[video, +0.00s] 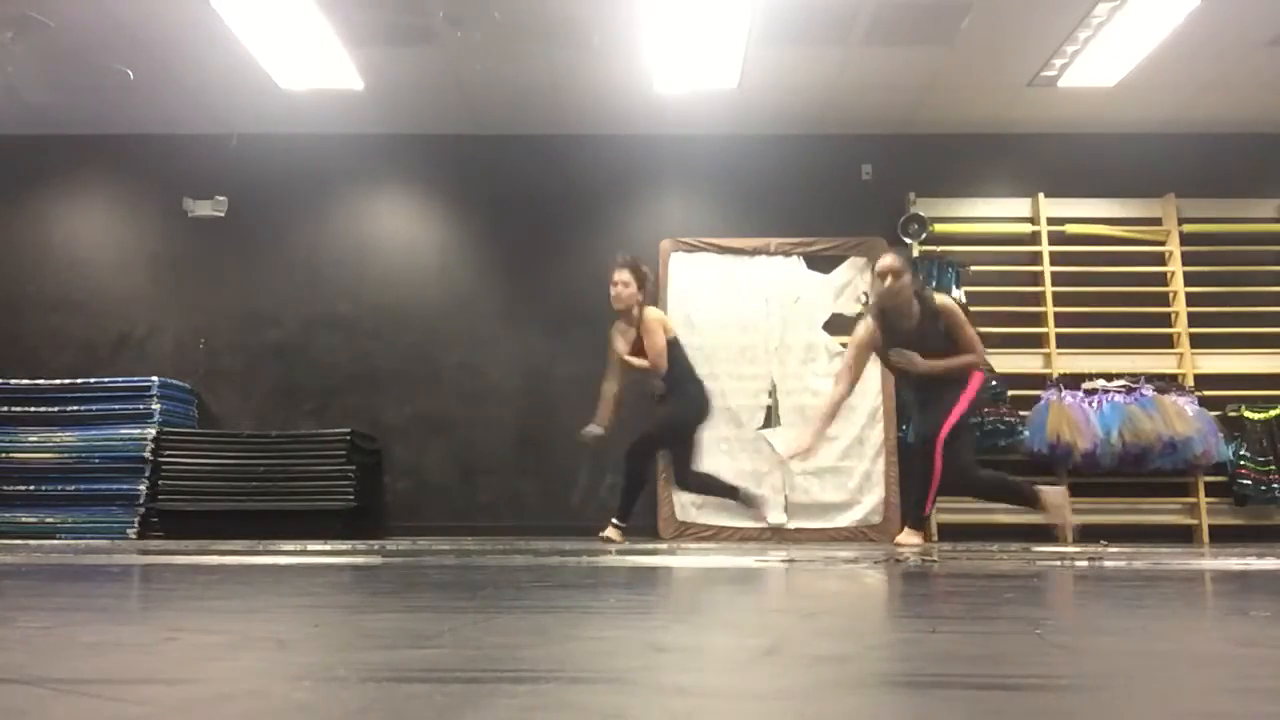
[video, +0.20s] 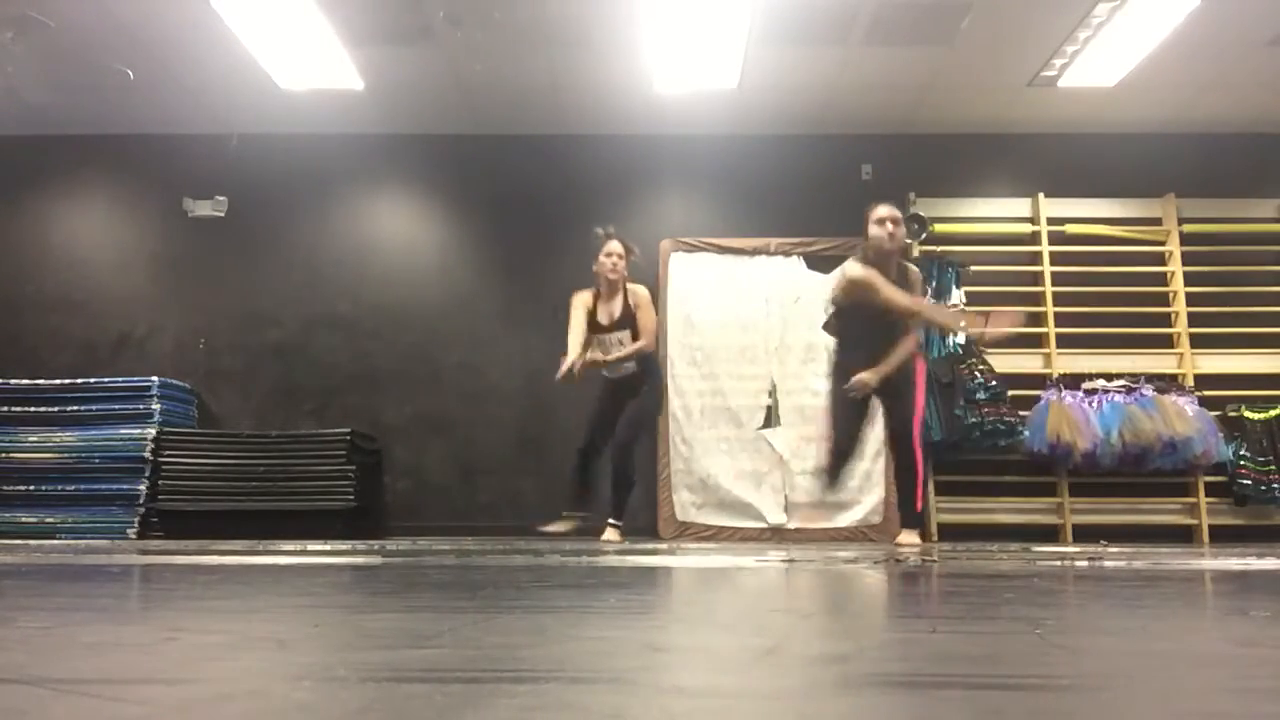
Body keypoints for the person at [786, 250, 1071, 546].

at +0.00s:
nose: (886, 283)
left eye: (894, 275)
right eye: (880, 277)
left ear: (912, 279)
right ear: (872, 284)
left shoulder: (943, 308)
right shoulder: (870, 329)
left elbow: (978, 358)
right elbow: (842, 384)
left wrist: (925, 365)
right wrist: (813, 437)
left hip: (966, 378)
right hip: (926, 388)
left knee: (932, 437)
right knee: (961, 475)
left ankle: (914, 529)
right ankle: (1044, 498)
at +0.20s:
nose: (890, 229)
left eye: (896, 223)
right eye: (881, 223)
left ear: (905, 233)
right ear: (866, 233)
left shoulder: (911, 276)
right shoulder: (855, 274)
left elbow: (914, 336)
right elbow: (909, 307)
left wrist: (877, 373)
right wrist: (961, 322)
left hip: (902, 360)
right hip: (856, 363)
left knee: (905, 437)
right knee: (845, 434)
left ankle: (910, 526)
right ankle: (830, 475)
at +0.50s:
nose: (826, 201)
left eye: (830, 196)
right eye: (818, 195)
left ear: (835, 206)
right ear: (800, 200)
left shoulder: (820, 259)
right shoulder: (778, 229)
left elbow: (836, 308)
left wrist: (854, 346)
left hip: (809, 347)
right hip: (766, 345)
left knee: (845, 434)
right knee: (746, 438)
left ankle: (881, 523)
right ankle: (717, 526)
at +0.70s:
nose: (774, 201)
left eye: (779, 196)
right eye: (765, 194)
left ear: (786, 205)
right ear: (748, 202)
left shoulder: (793, 248)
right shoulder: (734, 236)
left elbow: (813, 305)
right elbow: (677, 210)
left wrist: (840, 353)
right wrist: (714, 211)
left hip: (791, 341)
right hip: (743, 341)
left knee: (842, 427)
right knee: (731, 437)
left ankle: (902, 503)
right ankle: (717, 527)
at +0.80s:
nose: (751, 213)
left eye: (757, 208)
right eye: (743, 206)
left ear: (762, 216)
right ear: (728, 214)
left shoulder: (778, 250)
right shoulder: (718, 256)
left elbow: (801, 305)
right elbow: (667, 285)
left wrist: (829, 347)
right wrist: (701, 268)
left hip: (788, 351)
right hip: (741, 352)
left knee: (844, 426)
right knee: (730, 439)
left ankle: (917, 497)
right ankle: (720, 527)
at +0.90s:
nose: (739, 237)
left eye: (743, 230)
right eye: (731, 229)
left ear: (748, 237)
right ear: (713, 237)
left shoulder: (770, 275)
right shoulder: (707, 293)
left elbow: (803, 321)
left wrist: (825, 352)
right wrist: (704, 317)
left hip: (787, 375)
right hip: (738, 379)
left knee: (851, 437)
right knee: (718, 449)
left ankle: (932, 498)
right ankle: (719, 526)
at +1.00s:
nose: (742, 257)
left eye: (741, 251)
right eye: (731, 254)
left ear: (745, 258)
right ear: (714, 268)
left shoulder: (774, 295)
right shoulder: (710, 320)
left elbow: (809, 334)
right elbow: (722, 376)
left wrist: (816, 366)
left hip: (793, 391)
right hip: (744, 401)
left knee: (861, 446)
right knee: (719, 455)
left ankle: (937, 501)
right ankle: (721, 529)